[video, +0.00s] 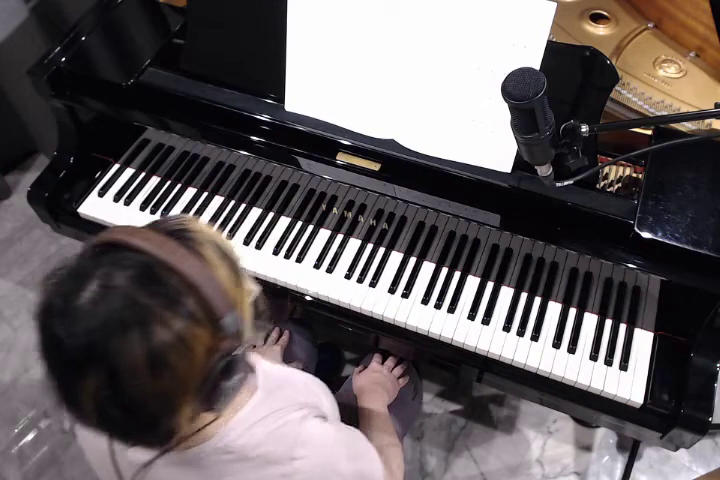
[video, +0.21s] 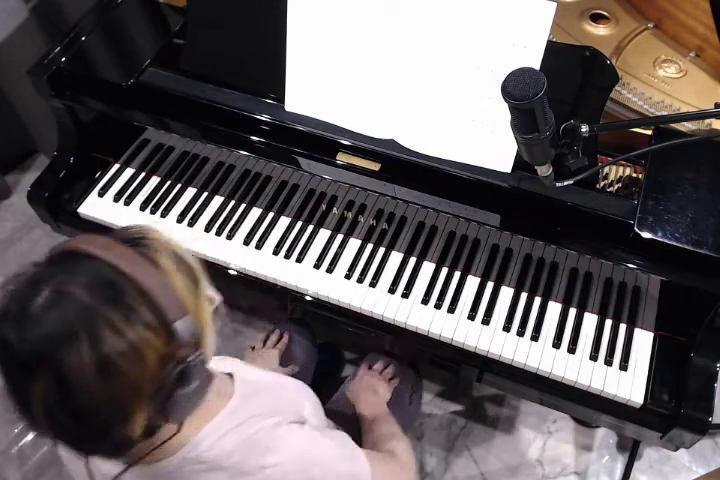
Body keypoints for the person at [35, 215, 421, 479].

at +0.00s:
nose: (245, 287)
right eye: (234, 287)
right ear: (223, 342)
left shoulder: (94, 422)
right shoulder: (321, 451)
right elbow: (385, 469)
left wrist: (261, 363)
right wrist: (374, 405)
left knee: (294, 336)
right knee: (397, 370)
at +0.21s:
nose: (208, 286)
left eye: (194, 279)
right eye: (198, 291)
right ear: (186, 361)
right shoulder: (290, 456)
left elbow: (169, 401)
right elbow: (396, 468)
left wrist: (252, 373)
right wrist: (374, 411)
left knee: (292, 334)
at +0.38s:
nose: (185, 307)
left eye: (173, 301)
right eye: (175, 309)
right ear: (159, 368)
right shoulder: (269, 462)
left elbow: (190, 383)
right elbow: (418, 464)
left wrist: (254, 364)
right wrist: (384, 389)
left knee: (298, 347)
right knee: (391, 363)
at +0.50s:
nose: (176, 322)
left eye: (164, 313)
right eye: (166, 324)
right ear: (146, 373)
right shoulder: (262, 467)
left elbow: (147, 377)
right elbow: (423, 444)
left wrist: (237, 337)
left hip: (229, 386)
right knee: (381, 345)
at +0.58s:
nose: (175, 319)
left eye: (163, 311)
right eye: (165, 322)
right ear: (146, 371)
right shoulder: (263, 466)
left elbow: (146, 378)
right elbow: (423, 444)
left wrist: (236, 336)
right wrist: (378, 329)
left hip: (227, 387)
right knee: (382, 345)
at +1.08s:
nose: (213, 290)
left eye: (200, 287)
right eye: (200, 296)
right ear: (193, 364)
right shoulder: (295, 457)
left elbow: (215, 355)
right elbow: (380, 434)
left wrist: (291, 307)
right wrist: (387, 316)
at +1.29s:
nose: (258, 289)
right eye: (250, 292)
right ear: (233, 352)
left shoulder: (115, 407)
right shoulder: (316, 439)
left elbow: (191, 357)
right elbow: (389, 449)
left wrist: (288, 313)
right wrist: (382, 327)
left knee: (302, 339)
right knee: (388, 366)